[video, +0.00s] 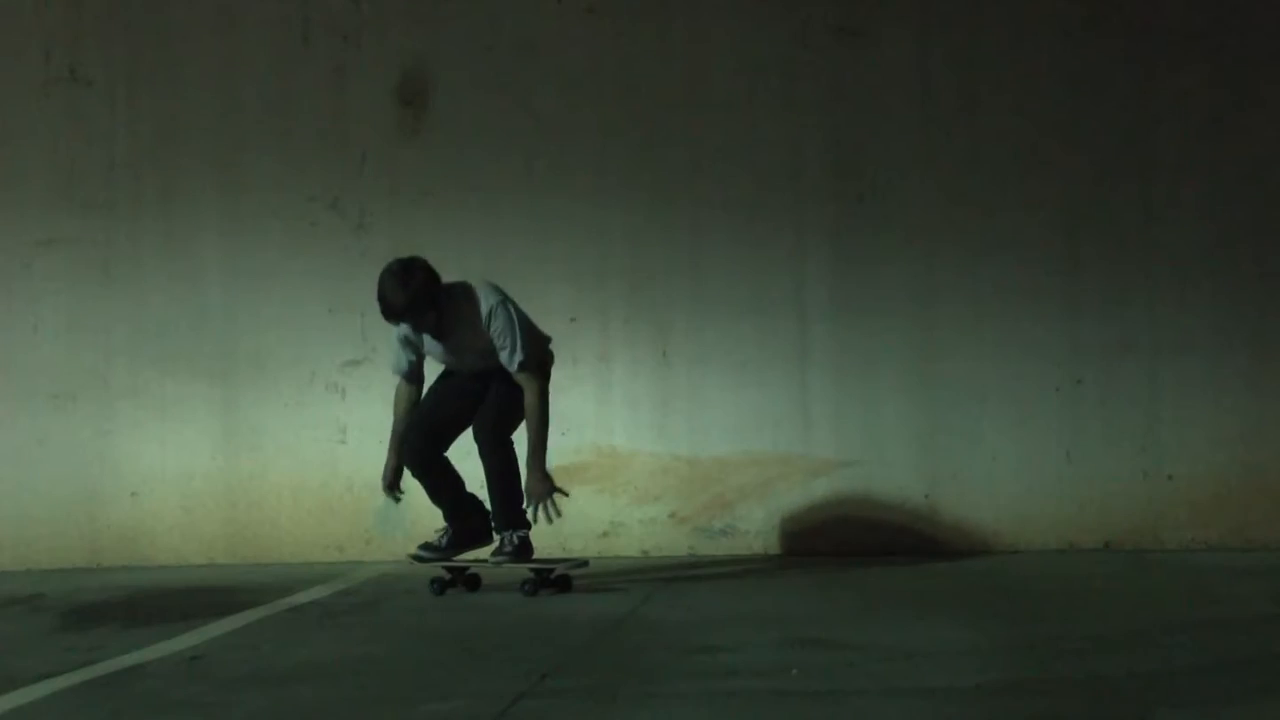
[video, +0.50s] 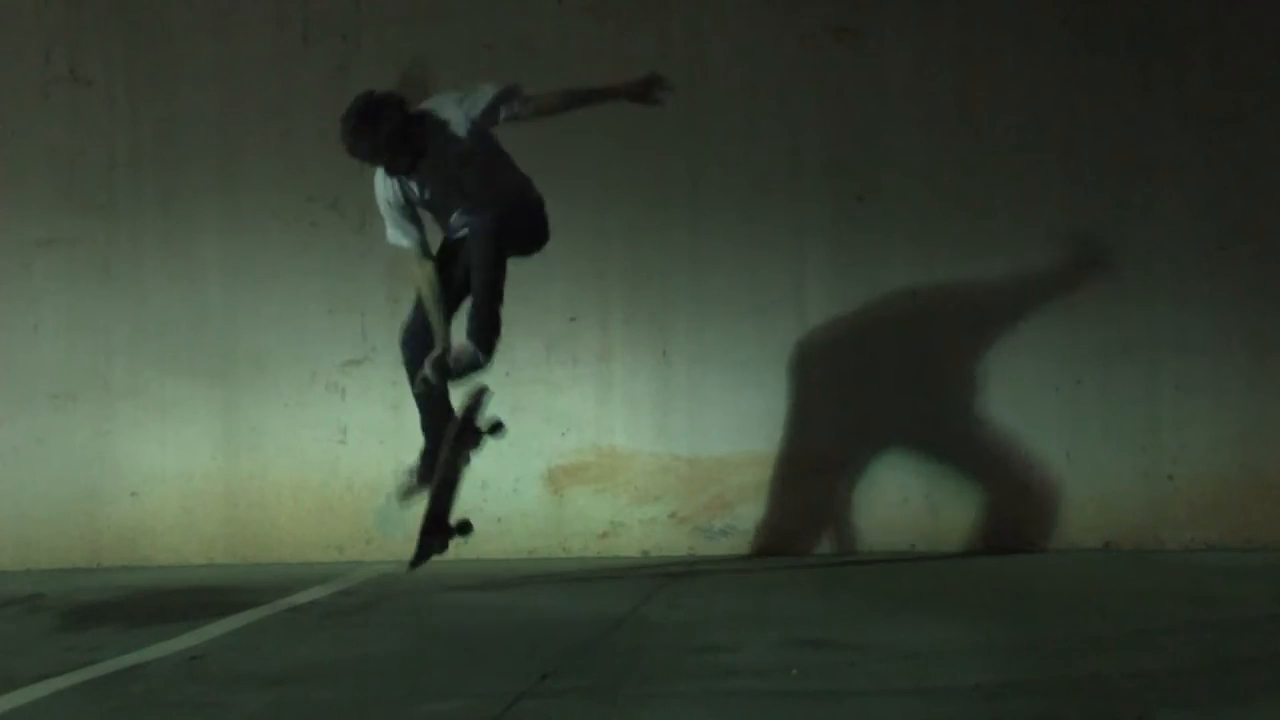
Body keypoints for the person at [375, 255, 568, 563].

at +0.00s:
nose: (414, 328)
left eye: (417, 318)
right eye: (406, 322)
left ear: (433, 302)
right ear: (399, 316)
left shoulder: (489, 305)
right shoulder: (408, 325)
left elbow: (532, 382)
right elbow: (408, 386)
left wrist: (537, 470)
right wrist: (393, 457)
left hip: (519, 369)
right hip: (466, 373)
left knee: (490, 431)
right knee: (415, 445)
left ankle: (513, 532)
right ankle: (469, 525)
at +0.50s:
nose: (389, 165)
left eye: (389, 153)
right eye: (379, 160)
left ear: (403, 129)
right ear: (375, 154)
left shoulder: (453, 113)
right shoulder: (390, 184)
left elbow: (536, 104)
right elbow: (421, 261)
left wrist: (624, 91)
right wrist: (442, 345)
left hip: (520, 221)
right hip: (466, 241)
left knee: (482, 226)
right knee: (414, 339)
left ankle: (479, 345)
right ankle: (441, 443)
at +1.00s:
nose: (364, 251)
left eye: (361, 239)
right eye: (356, 246)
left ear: (374, 218)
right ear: (358, 242)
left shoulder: (420, 179)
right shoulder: (393, 260)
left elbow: (497, 134)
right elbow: (457, 296)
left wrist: (583, 96)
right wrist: (534, 342)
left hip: (522, 247)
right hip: (471, 274)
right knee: (397, 335)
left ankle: (493, 426)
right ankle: (424, 451)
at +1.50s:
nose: (366, 362)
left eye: (365, 352)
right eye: (360, 356)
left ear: (381, 330)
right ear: (362, 342)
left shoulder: (447, 302)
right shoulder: (373, 337)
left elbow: (531, 280)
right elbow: (386, 417)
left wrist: (608, 308)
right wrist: (415, 497)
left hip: (517, 336)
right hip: (459, 352)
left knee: (466, 392)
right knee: (391, 397)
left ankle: (498, 511)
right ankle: (432, 506)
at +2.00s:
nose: (330, 245)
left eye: (330, 237)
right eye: (325, 240)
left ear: (349, 219)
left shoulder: (411, 199)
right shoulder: (341, 235)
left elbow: (495, 229)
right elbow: (348, 281)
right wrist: (341, 355)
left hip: (468, 288)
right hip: (412, 296)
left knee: (477, 396)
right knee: (384, 399)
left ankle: (488, 505)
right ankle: (370, 513)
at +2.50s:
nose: (360, 194)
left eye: (364, 183)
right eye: (348, 187)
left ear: (377, 163)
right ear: (333, 178)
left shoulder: (419, 175)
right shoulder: (327, 189)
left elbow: (487, 234)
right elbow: (326, 253)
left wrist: (520, 303)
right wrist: (318, 329)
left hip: (443, 289)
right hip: (383, 295)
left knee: (456, 394)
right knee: (366, 403)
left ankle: (492, 507)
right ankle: (374, 514)